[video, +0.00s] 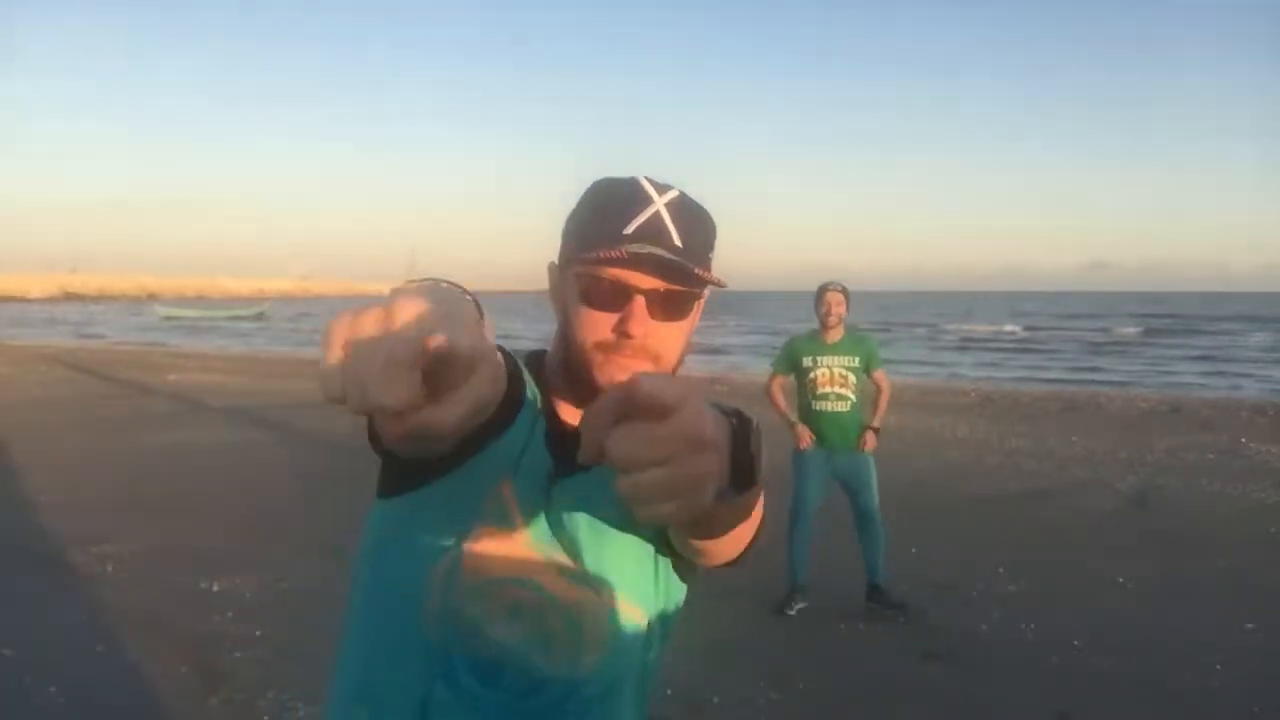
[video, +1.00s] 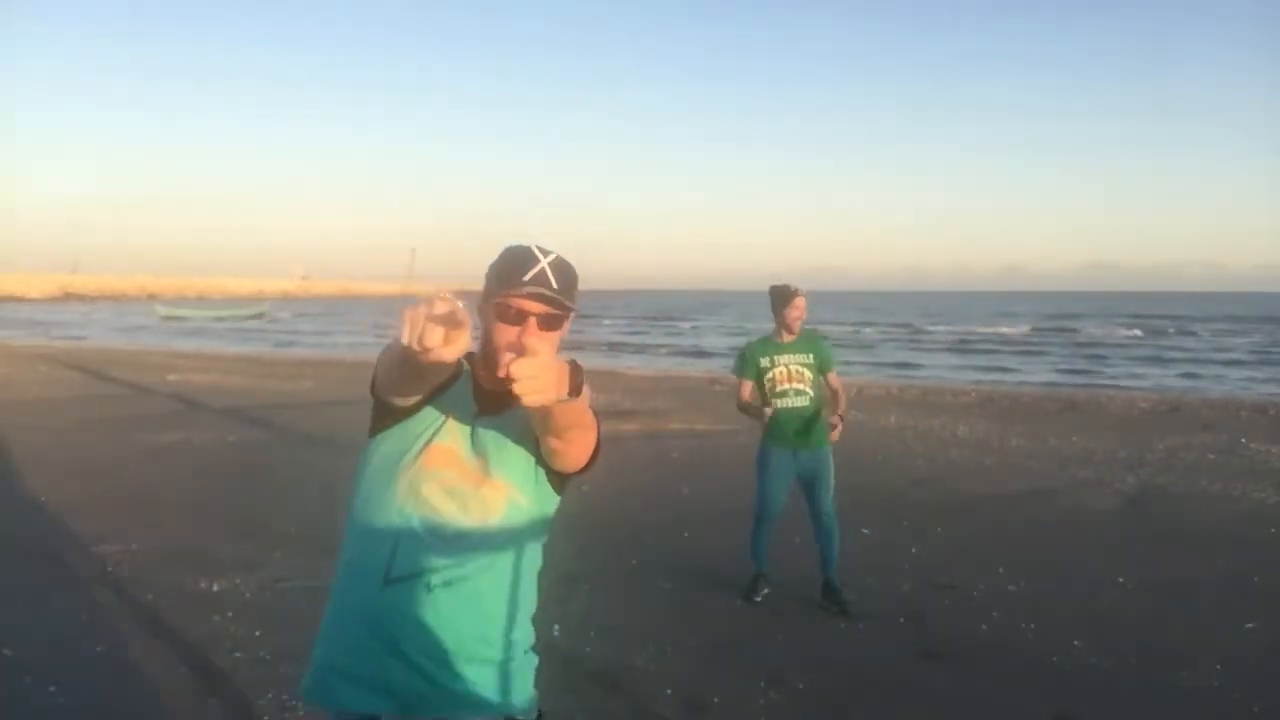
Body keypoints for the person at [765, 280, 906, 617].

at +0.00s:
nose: (831, 310)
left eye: (837, 304)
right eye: (826, 304)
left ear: (846, 310)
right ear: (817, 309)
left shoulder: (863, 346)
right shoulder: (798, 346)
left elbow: (884, 386)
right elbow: (774, 385)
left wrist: (874, 427)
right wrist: (794, 424)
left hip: (855, 449)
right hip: (813, 449)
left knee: (870, 514)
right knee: (802, 515)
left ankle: (876, 587)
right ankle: (797, 590)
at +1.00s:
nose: (801, 315)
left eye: (803, 309)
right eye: (794, 310)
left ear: (804, 312)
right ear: (778, 312)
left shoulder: (818, 346)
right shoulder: (755, 351)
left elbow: (836, 389)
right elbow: (744, 399)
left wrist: (838, 414)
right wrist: (760, 411)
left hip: (817, 444)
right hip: (778, 445)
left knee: (825, 512)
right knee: (768, 512)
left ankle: (830, 583)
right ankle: (760, 576)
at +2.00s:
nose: (769, 311)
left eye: (775, 305)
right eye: (764, 305)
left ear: (783, 310)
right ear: (756, 310)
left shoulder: (799, 345)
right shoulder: (742, 347)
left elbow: (816, 387)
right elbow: (731, 392)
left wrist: (808, 408)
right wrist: (756, 410)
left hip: (791, 434)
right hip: (755, 434)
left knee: (796, 501)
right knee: (743, 498)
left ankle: (798, 564)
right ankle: (734, 561)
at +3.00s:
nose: (749, 317)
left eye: (754, 311)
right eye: (744, 311)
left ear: (761, 314)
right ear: (735, 313)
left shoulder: (774, 344)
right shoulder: (719, 345)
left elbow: (795, 385)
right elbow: (698, 385)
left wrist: (791, 427)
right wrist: (703, 426)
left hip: (766, 435)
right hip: (728, 436)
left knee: (781, 499)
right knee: (723, 499)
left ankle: (787, 562)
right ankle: (731, 560)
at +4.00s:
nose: (774, 316)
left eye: (779, 310)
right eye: (769, 311)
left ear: (790, 312)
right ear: (764, 316)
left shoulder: (810, 345)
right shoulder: (755, 348)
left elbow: (817, 390)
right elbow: (744, 396)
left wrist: (821, 436)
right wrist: (740, 443)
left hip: (802, 437)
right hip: (766, 437)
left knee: (807, 505)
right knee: (760, 500)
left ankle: (800, 568)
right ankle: (765, 566)